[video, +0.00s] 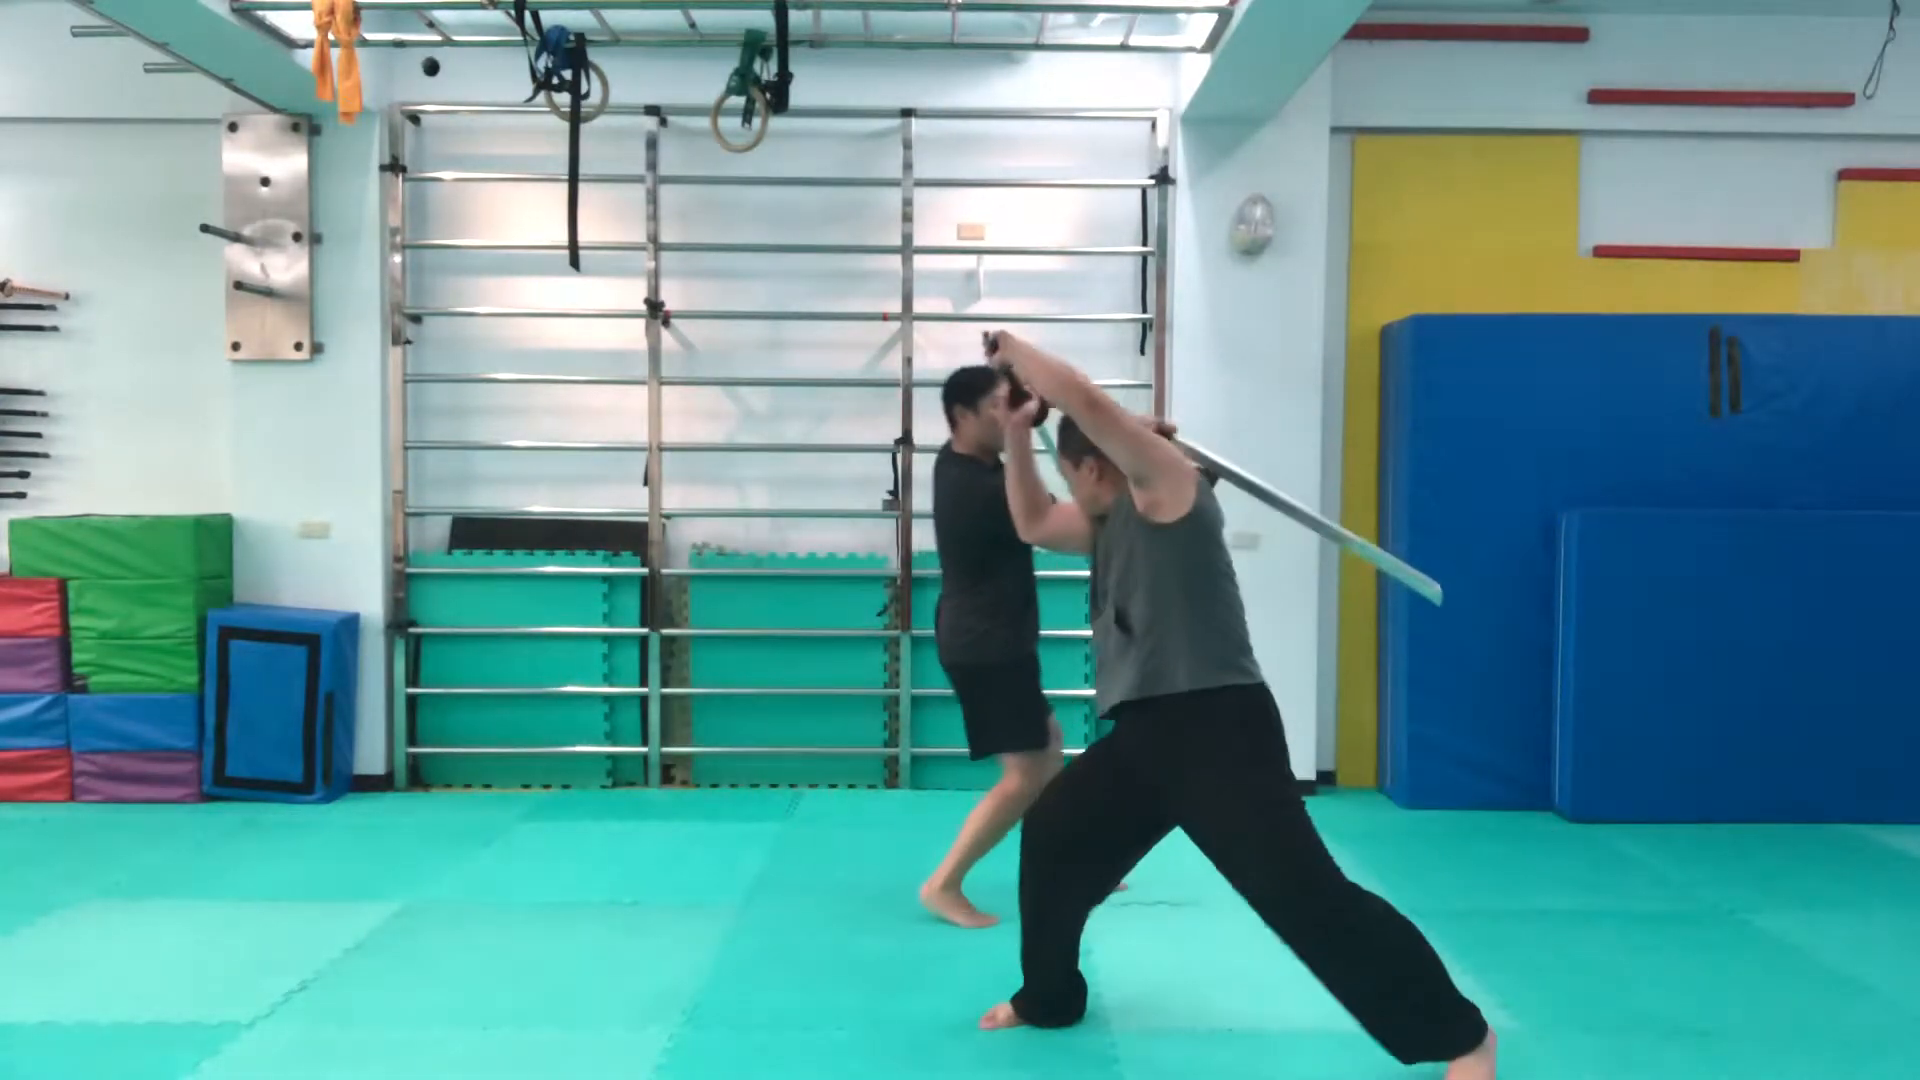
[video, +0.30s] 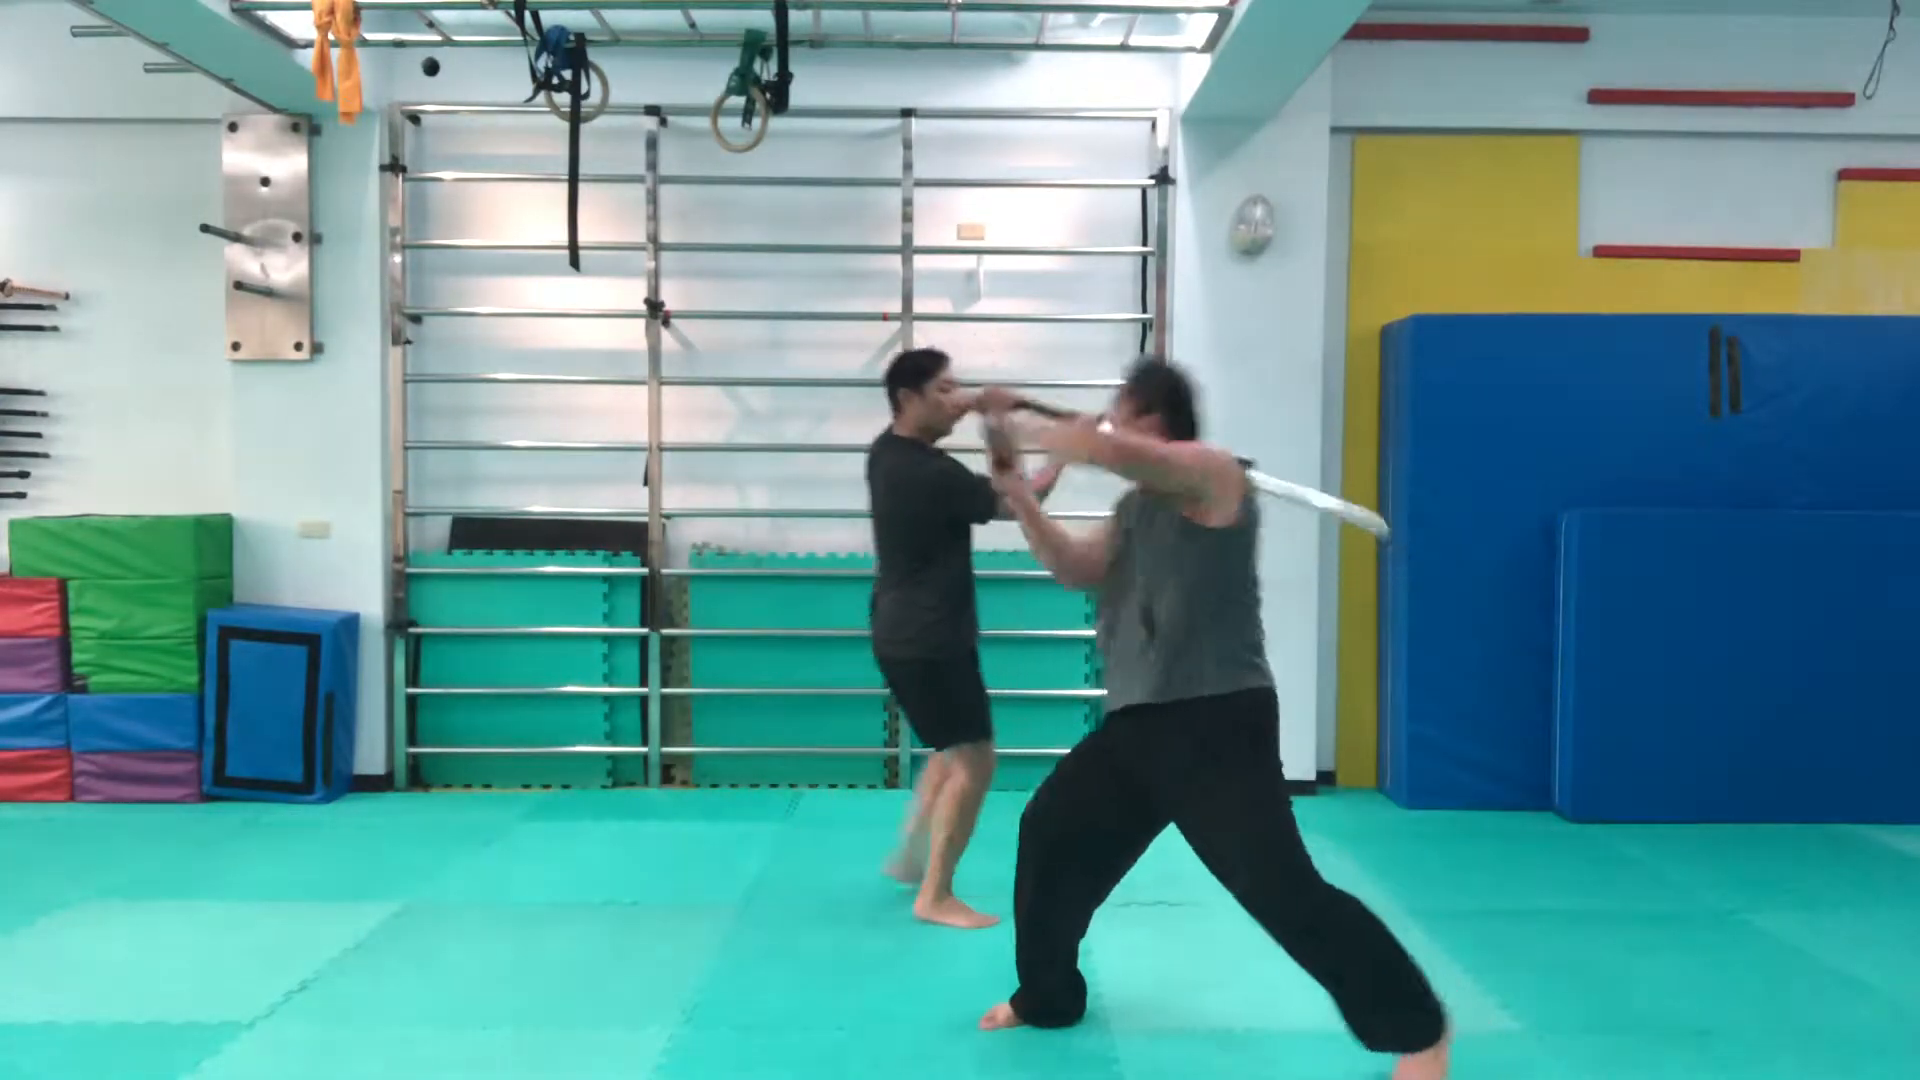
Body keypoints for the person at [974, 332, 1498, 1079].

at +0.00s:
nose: (1069, 485)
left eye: (1072, 472)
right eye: (1068, 474)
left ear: (1101, 464)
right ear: (1102, 467)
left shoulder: (1165, 486)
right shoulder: (1104, 523)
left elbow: (1081, 396)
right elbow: (1036, 520)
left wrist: (1010, 346)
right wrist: (1016, 434)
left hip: (1218, 726)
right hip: (1144, 734)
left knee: (1305, 896)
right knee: (1053, 834)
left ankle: (1462, 1036)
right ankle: (1049, 999)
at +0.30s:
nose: (1110, 431)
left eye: (1121, 419)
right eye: (1109, 420)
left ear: (1158, 421)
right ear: (1140, 427)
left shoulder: (1216, 473)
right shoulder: (1132, 510)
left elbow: (1109, 447)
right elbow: (1078, 566)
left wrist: (1014, 419)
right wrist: (1018, 494)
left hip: (1219, 724)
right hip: (1138, 728)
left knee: (1283, 891)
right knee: (1049, 838)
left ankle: (1418, 1028)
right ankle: (1047, 999)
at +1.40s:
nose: (1363, 373)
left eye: (1376, 362)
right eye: (1363, 362)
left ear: (1421, 373)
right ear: (1385, 374)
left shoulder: (1471, 451)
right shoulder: (1359, 462)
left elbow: (1472, 552)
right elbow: (1338, 548)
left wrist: (1394, 621)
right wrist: (1316, 608)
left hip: (1456, 668)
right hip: (1372, 669)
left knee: (1494, 813)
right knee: (1365, 812)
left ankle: (1576, 941)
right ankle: (1377, 951)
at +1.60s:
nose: (1419, 388)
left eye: (1433, 377)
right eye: (1420, 376)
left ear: (1479, 386)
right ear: (1448, 387)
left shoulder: (1530, 467)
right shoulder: (1414, 472)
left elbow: (1515, 565)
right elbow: (1387, 551)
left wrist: (1428, 628)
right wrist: (1347, 605)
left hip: (1506, 684)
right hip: (1417, 681)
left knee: (1543, 816)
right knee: (1369, 793)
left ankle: (1594, 957)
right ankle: (1373, 944)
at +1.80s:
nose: (1451, 399)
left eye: (1465, 389)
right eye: (1451, 388)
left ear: (1512, 397)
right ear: (1465, 396)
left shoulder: (1560, 477)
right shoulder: (1443, 476)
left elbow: (1537, 573)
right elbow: (1412, 556)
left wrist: (1453, 629)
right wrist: (1367, 604)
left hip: (1529, 683)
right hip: (1438, 674)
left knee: (1549, 820)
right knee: (1373, 777)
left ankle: (1590, 960)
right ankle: (1347, 907)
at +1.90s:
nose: (1452, 402)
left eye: (1466, 393)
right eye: (1452, 391)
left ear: (1512, 402)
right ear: (1463, 400)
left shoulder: (1556, 484)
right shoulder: (1439, 481)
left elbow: (1532, 579)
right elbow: (1405, 559)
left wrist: (1448, 630)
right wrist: (1363, 603)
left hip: (1523, 690)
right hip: (1433, 682)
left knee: (1546, 826)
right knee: (1384, 794)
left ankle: (1589, 960)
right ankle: (1348, 916)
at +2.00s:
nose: (1445, 402)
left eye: (1459, 393)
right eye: (1444, 391)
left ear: (1504, 402)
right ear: (1456, 400)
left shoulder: (1545, 484)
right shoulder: (1431, 481)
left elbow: (1519, 578)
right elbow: (1397, 557)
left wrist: (1432, 629)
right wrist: (1353, 601)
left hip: (1510, 689)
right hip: (1424, 681)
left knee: (1538, 824)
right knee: (1383, 793)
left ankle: (1588, 958)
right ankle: (1359, 913)